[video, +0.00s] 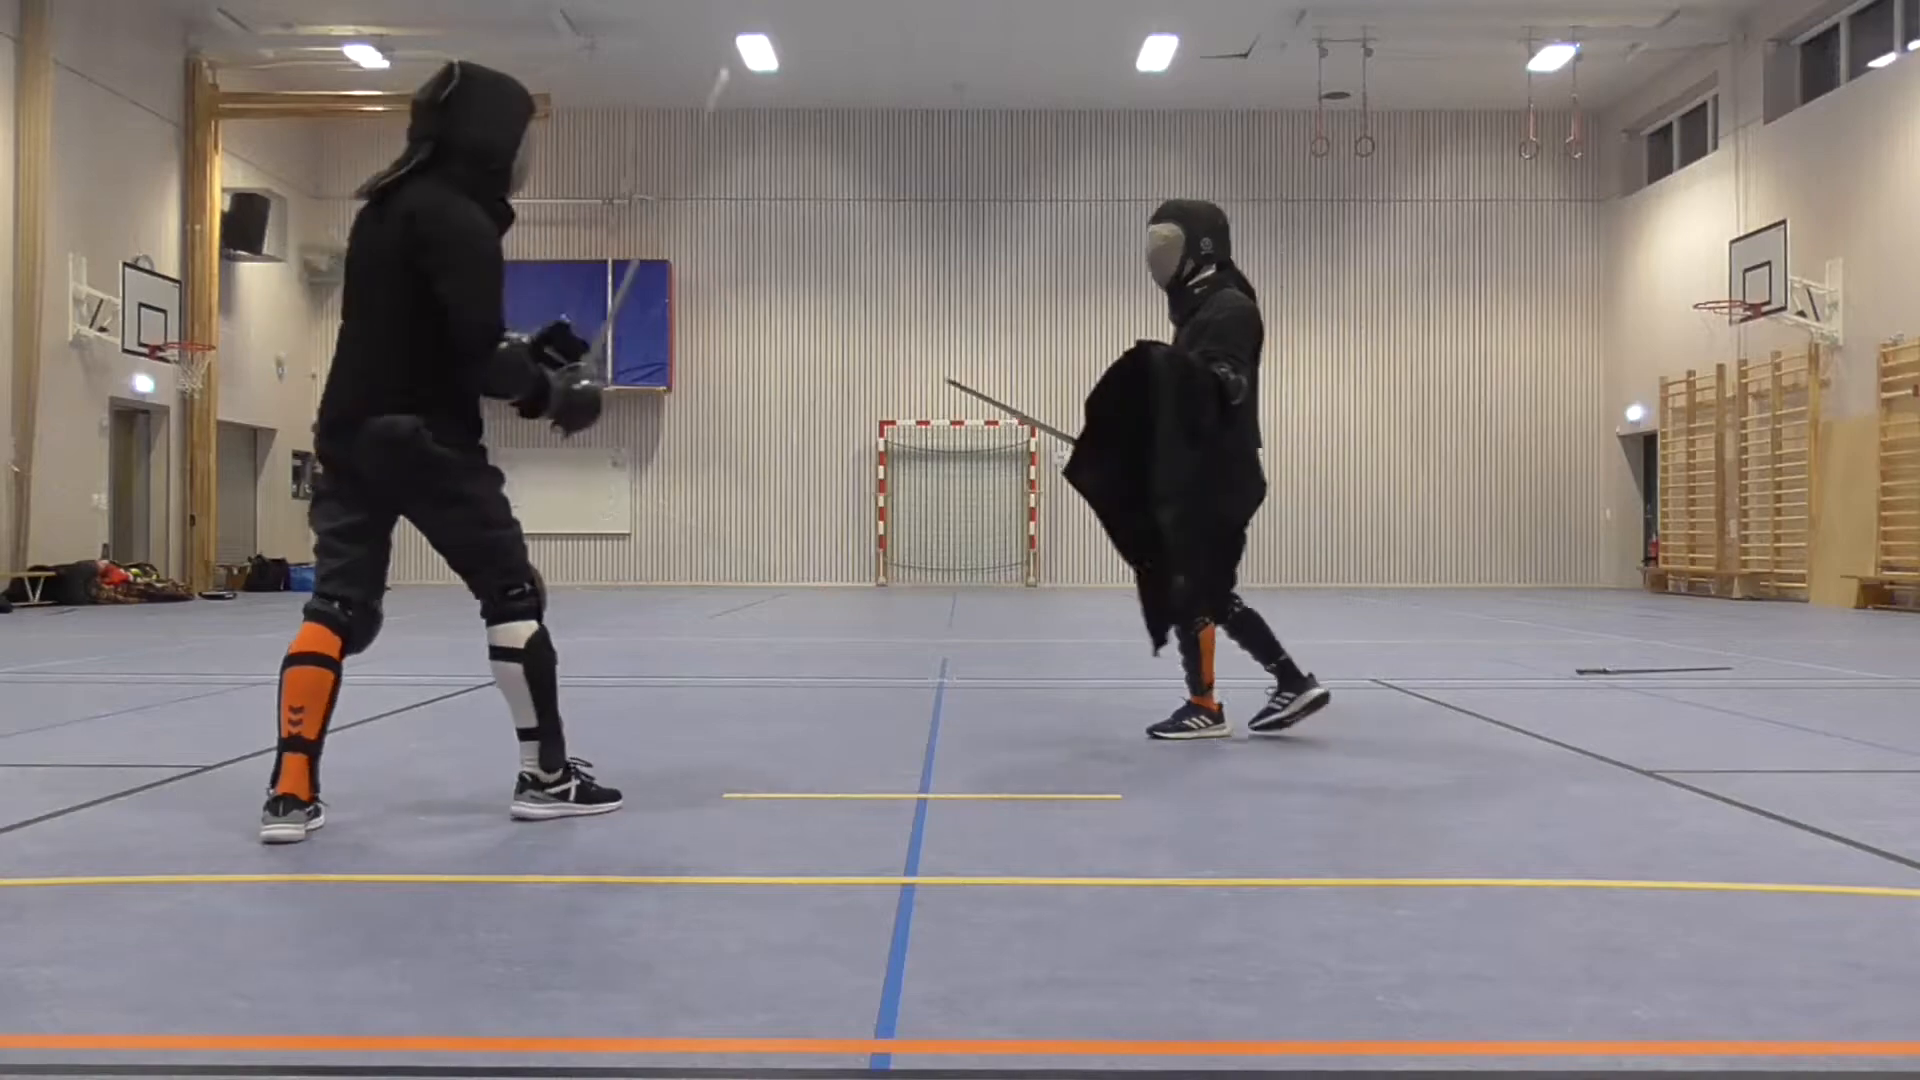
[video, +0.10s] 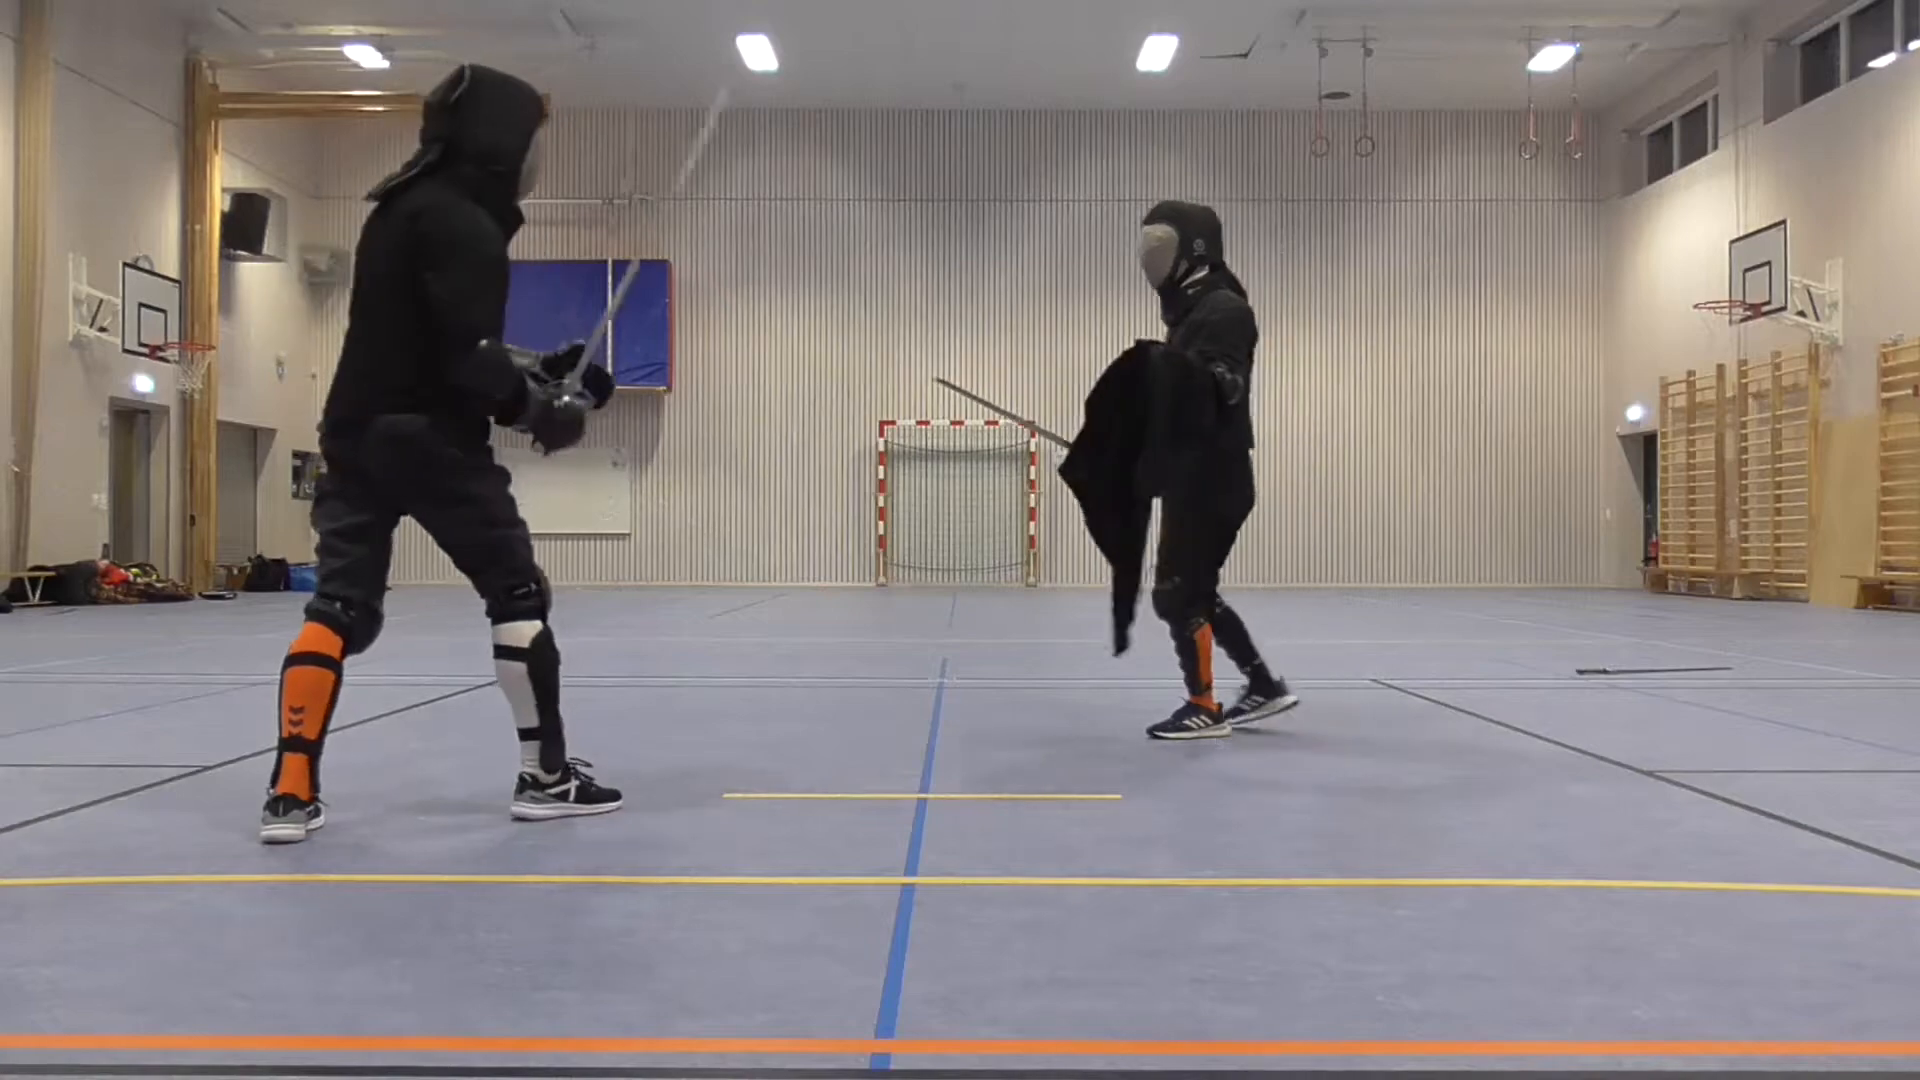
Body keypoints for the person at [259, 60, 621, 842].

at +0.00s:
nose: (520, 157)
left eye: (522, 140)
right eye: (515, 139)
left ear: (446, 127)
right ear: (485, 136)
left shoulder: (384, 205)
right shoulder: (460, 221)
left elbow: (415, 336)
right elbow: (477, 355)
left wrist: (517, 350)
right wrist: (544, 390)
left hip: (347, 433)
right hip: (428, 436)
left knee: (337, 605)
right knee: (509, 589)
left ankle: (290, 791)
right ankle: (545, 768)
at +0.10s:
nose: (529, 159)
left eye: (530, 142)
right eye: (524, 142)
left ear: (456, 131)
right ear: (494, 141)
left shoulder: (397, 206)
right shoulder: (466, 223)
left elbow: (426, 342)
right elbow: (467, 359)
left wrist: (530, 370)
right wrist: (535, 410)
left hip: (353, 434)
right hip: (436, 439)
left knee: (339, 606)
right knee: (516, 591)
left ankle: (291, 789)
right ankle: (545, 768)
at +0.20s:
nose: (533, 160)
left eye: (534, 144)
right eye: (529, 143)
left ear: (458, 132)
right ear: (501, 140)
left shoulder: (397, 208)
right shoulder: (473, 218)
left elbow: (417, 348)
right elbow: (476, 358)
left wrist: (527, 364)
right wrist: (534, 427)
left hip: (360, 433)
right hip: (443, 439)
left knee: (341, 604)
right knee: (522, 593)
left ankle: (292, 788)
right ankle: (545, 767)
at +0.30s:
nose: (530, 154)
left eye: (531, 138)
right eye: (525, 138)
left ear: (453, 129)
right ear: (497, 136)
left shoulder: (391, 207)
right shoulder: (484, 216)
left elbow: (417, 332)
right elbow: (499, 353)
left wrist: (522, 326)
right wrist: (546, 446)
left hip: (368, 432)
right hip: (459, 435)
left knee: (344, 603)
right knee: (526, 592)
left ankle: (294, 786)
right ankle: (546, 767)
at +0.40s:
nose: (521, 149)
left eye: (521, 135)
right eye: (515, 134)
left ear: (435, 128)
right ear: (491, 134)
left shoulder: (372, 215)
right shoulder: (492, 214)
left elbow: (373, 326)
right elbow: (524, 344)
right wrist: (554, 445)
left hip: (373, 435)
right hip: (471, 435)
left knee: (345, 600)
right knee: (526, 592)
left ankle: (301, 782)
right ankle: (545, 766)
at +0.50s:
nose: (507, 145)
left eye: (507, 131)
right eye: (502, 131)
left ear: (417, 124)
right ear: (481, 129)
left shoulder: (362, 206)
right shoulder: (495, 213)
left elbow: (339, 314)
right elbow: (531, 343)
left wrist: (395, 367)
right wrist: (556, 442)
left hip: (371, 430)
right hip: (475, 430)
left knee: (345, 594)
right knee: (523, 590)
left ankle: (310, 785)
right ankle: (545, 767)